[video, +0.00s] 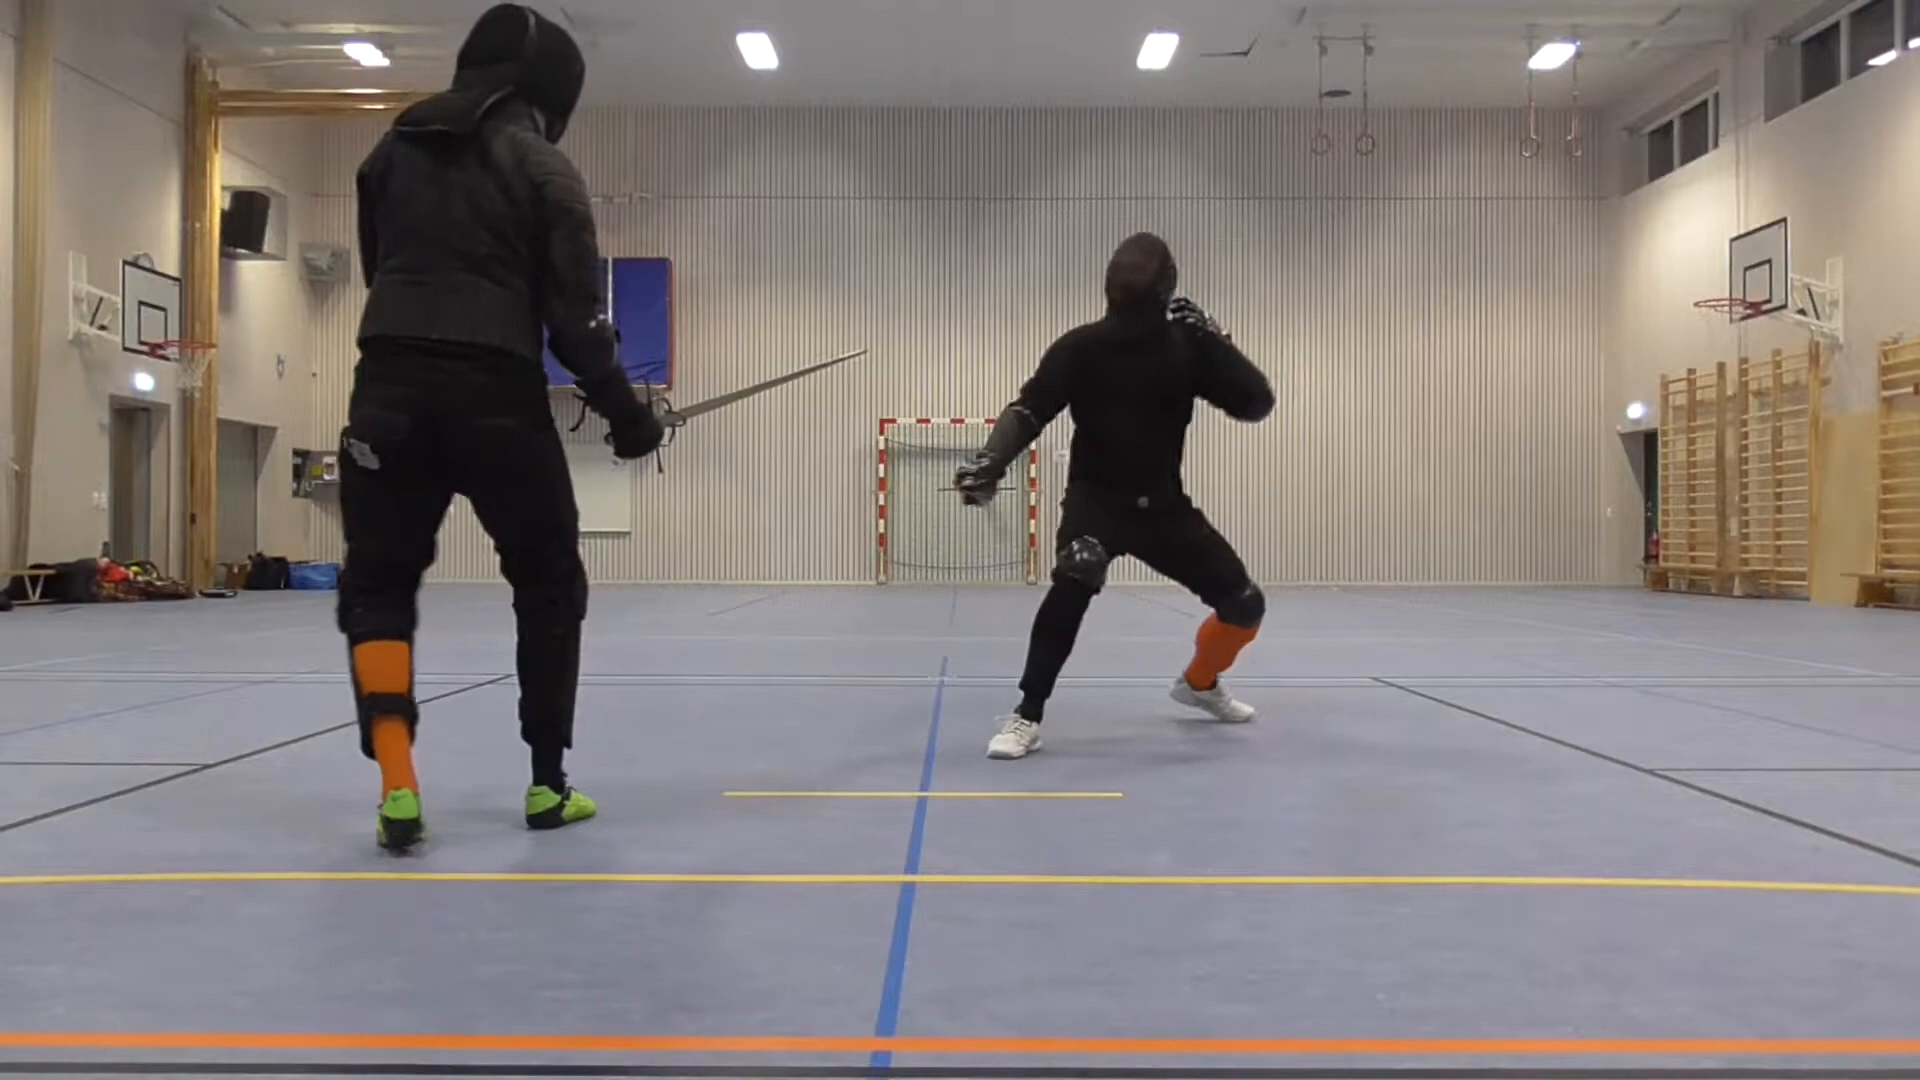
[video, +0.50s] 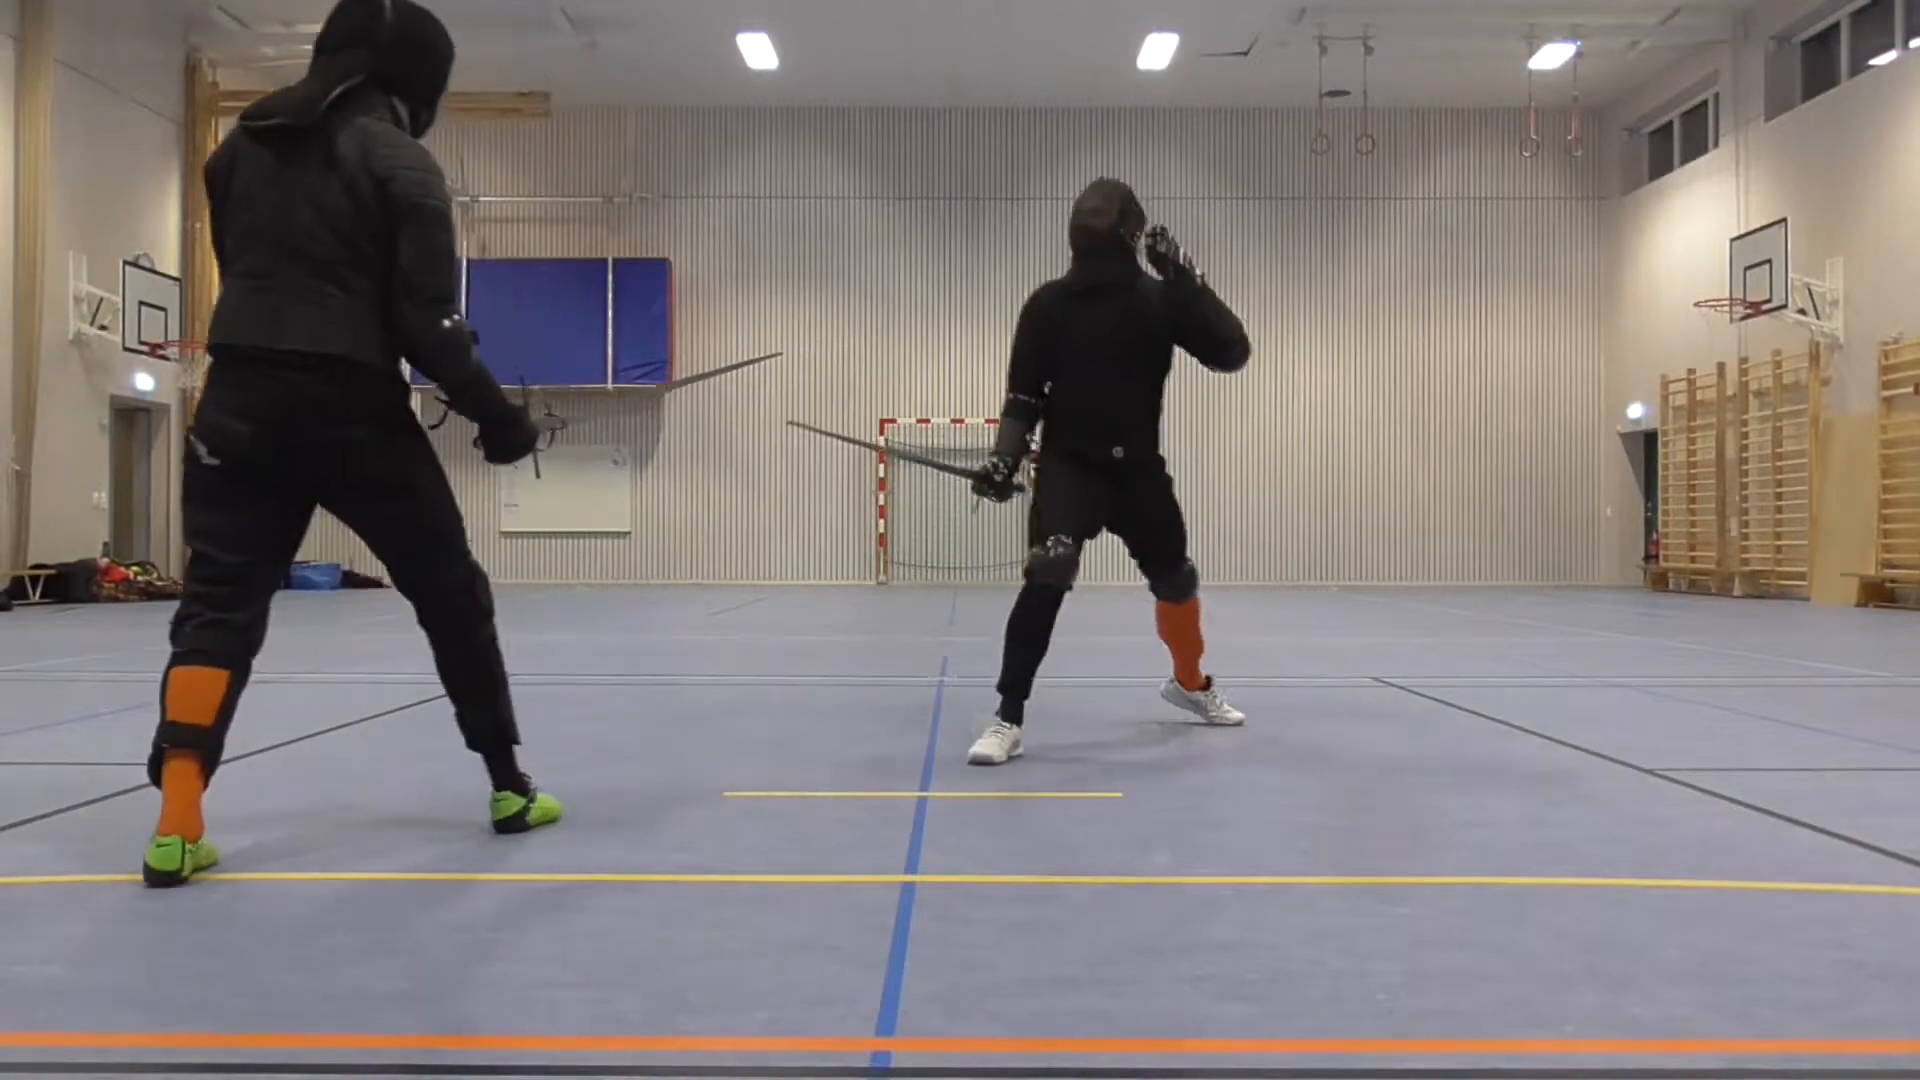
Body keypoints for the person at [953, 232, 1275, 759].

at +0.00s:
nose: (1120, 291)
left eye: (1135, 282)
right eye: (1115, 278)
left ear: (1165, 285)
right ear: (1106, 281)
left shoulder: (1186, 347)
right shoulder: (1080, 349)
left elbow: (1257, 403)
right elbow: (1029, 410)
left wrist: (1212, 338)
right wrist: (991, 461)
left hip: (1162, 507)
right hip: (1095, 504)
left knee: (1243, 607)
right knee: (1076, 577)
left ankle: (1198, 685)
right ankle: (1025, 717)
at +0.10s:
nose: (1113, 291)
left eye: (1127, 282)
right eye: (1108, 279)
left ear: (1154, 291)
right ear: (1098, 288)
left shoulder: (1178, 354)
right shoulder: (1072, 356)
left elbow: (1250, 413)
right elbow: (1024, 420)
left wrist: (1206, 353)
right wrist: (983, 467)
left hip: (1159, 509)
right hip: (1092, 506)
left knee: (1244, 614)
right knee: (1077, 576)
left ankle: (1184, 693)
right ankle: (1027, 717)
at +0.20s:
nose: (1106, 292)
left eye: (1119, 282)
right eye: (1100, 281)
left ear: (1153, 286)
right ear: (1092, 284)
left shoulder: (1179, 353)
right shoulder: (1072, 358)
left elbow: (1255, 405)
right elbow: (1028, 426)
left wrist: (1203, 351)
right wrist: (987, 471)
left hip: (1165, 508)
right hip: (1096, 507)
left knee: (1237, 621)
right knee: (1077, 577)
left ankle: (1184, 700)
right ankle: (1027, 716)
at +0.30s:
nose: (1121, 288)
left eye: (1129, 276)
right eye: (1116, 276)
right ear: (1150, 279)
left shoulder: (1181, 338)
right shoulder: (1072, 348)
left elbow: (1254, 393)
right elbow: (1035, 426)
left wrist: (1200, 336)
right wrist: (1001, 477)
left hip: (1167, 499)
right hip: (1096, 500)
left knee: (1231, 610)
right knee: (1074, 571)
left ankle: (1186, 699)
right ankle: (1024, 711)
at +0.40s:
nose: (1150, 254)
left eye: (1129, 249)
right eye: (1149, 246)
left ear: (1098, 253)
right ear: (1145, 252)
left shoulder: (1173, 314)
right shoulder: (1064, 325)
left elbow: (1242, 371)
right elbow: (1038, 416)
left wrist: (1187, 304)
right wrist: (1013, 474)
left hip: (1156, 480)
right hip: (1085, 480)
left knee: (1205, 596)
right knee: (1059, 568)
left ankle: (1186, 697)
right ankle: (1015, 707)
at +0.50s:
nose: (1084, 233)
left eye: (1097, 223)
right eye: (1079, 222)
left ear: (1127, 232)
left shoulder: (1158, 299)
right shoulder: (1047, 307)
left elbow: (1232, 352)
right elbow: (1024, 395)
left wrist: (1182, 276)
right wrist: (1005, 458)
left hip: (1137, 467)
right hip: (1067, 466)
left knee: (1175, 580)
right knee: (1049, 574)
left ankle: (1190, 684)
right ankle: (1006, 720)